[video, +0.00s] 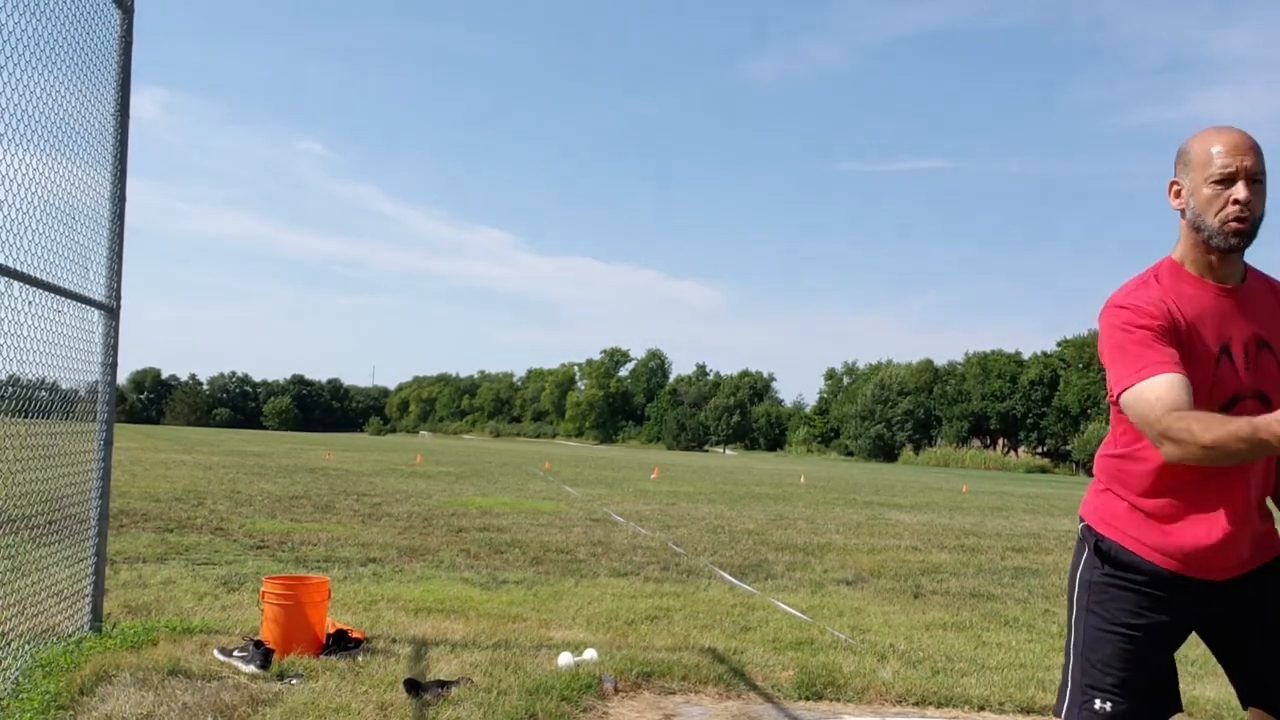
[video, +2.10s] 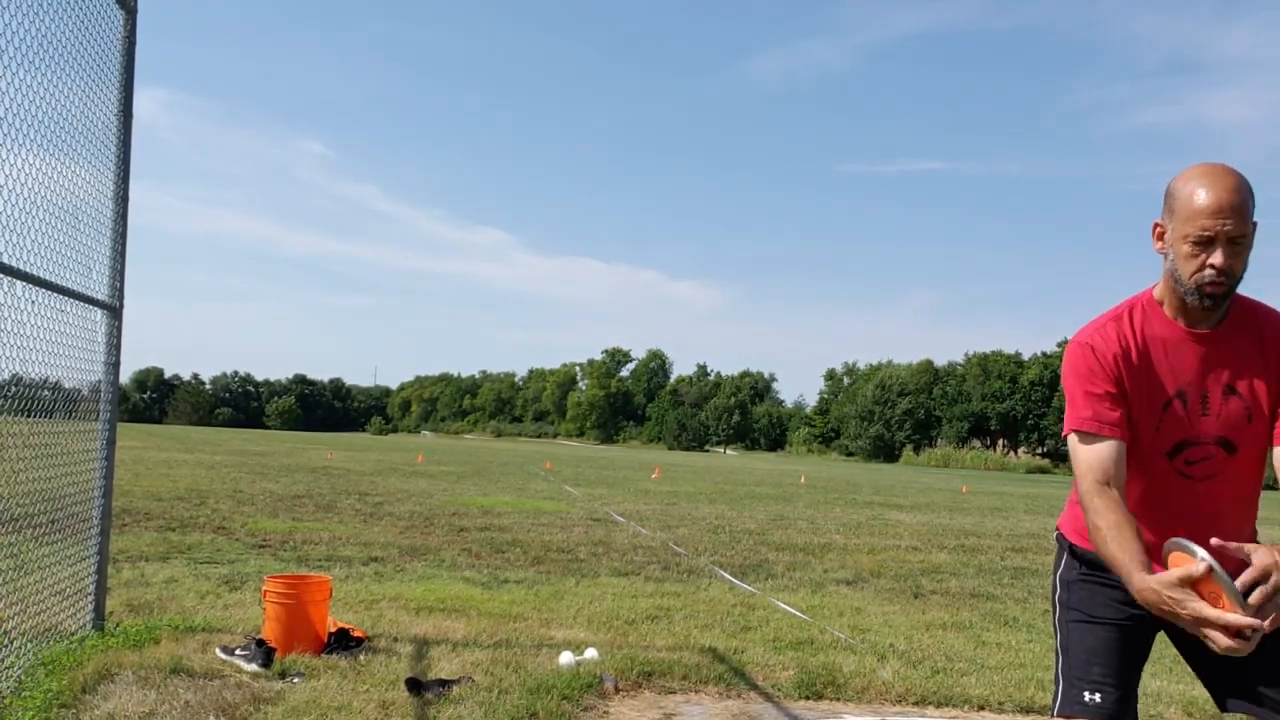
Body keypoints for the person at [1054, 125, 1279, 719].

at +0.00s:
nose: (1244, 195)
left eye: (1255, 181)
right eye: (1225, 180)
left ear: (1266, 193)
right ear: (1179, 195)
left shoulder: (1273, 304)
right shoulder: (1137, 308)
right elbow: (1175, 435)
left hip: (1248, 560)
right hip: (1134, 559)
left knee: (1275, 702)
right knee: (1103, 712)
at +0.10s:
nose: (1267, 217)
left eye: (1276, 200)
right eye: (1249, 199)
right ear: (1201, 207)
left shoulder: (1279, 310)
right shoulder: (1156, 320)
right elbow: (1174, 471)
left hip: (1245, 564)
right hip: (1135, 560)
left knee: (1277, 701)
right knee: (1090, 712)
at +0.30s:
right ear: (1245, 223)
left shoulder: (1271, 323)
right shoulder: (1180, 334)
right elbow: (1131, 481)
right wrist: (1224, 592)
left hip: (1257, 568)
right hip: (1138, 559)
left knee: (1277, 704)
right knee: (1087, 712)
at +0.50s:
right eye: (1278, 242)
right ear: (1243, 226)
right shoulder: (1179, 324)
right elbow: (1057, 435)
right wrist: (1155, 535)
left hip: (1254, 575)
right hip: (1134, 567)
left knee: (1275, 706)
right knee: (1101, 713)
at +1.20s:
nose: (1268, 261)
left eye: (1279, 242)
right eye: (1252, 241)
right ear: (1208, 222)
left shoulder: (1277, 314)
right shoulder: (1137, 324)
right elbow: (1102, 470)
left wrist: (1269, 459)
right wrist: (1227, 475)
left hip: (1252, 555)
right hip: (1128, 550)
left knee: (1279, 699)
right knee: (1085, 710)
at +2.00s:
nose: (1223, 259)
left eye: (1239, 241)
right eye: (1206, 240)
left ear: (1260, 238)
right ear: (1167, 233)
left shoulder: (1274, 332)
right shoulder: (1111, 337)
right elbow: (1109, 484)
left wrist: (1268, 529)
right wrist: (1193, 526)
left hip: (1234, 570)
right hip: (1111, 565)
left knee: (1274, 704)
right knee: (1090, 711)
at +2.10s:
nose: (1221, 261)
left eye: (1236, 242)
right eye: (1202, 243)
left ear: (1253, 239)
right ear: (1161, 238)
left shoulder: (1271, 338)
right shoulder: (1102, 346)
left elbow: (1273, 465)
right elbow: (1099, 486)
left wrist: (1275, 555)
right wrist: (1139, 580)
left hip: (1226, 574)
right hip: (1108, 567)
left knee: (1272, 703)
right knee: (1091, 709)